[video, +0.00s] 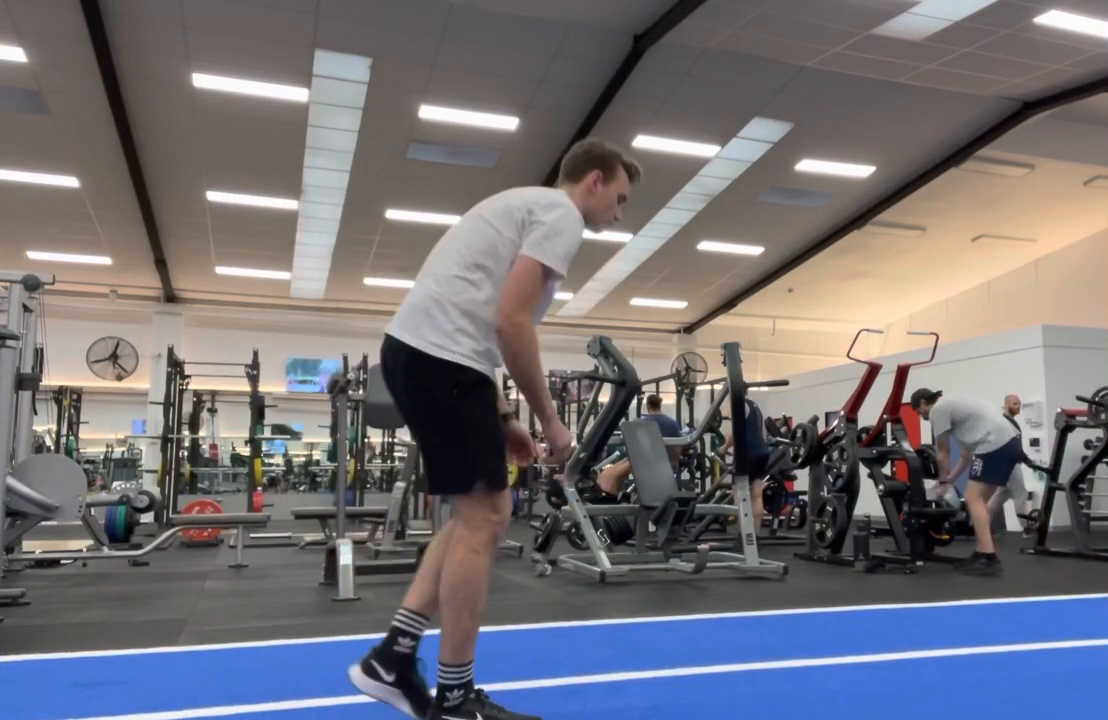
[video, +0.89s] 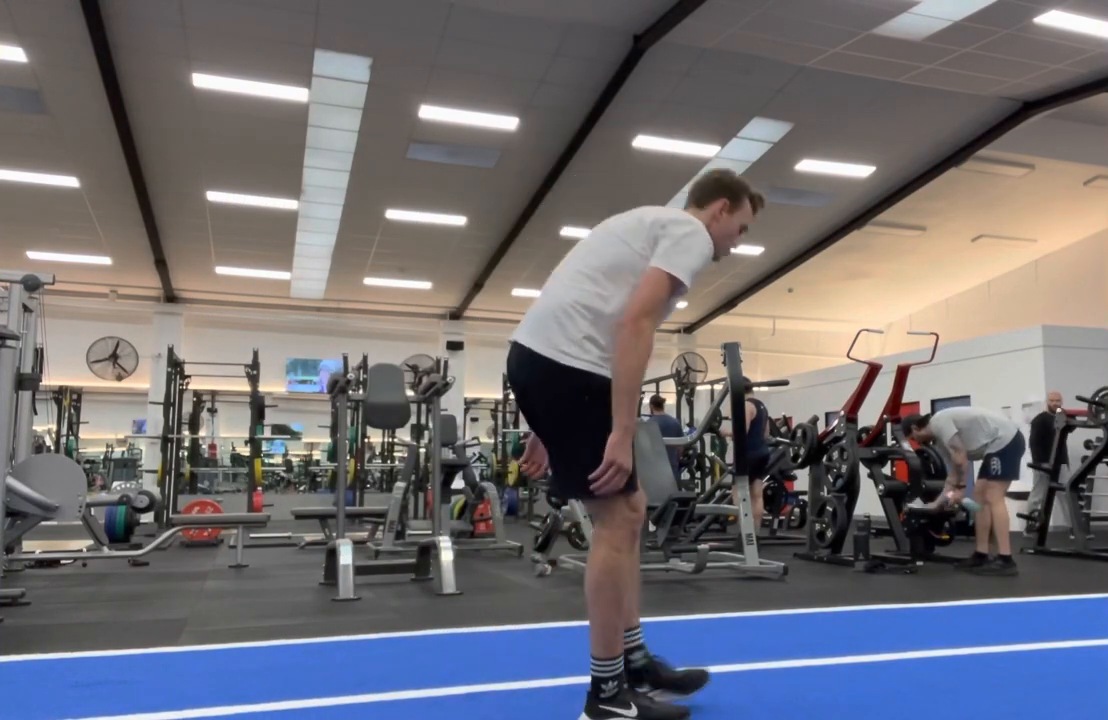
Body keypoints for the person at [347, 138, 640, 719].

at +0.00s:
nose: (616, 215)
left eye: (622, 205)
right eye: (618, 200)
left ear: (581, 179)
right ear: (594, 180)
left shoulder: (518, 205)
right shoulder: (558, 212)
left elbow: (461, 328)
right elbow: (513, 319)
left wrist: (499, 423)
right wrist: (548, 417)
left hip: (418, 350)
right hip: (444, 356)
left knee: (479, 512)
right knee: (483, 517)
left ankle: (395, 653)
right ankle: (454, 697)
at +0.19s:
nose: (617, 170)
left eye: (622, 158)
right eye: (617, 153)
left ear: (574, 140)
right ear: (589, 138)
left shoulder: (520, 183)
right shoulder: (568, 180)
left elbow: (484, 287)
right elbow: (533, 280)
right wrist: (559, 388)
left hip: (465, 358)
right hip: (491, 360)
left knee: (517, 517)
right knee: (498, 523)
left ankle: (491, 676)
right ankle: (455, 694)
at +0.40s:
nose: (629, 154)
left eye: (632, 144)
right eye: (626, 140)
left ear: (583, 131)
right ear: (597, 128)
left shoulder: (534, 176)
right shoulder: (573, 171)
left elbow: (509, 287)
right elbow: (544, 269)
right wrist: (581, 372)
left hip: (487, 361)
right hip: (526, 359)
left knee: (518, 518)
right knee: (593, 506)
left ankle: (492, 682)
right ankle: (506, 662)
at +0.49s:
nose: (645, 150)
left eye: (647, 139)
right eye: (642, 135)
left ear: (602, 126)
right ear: (612, 125)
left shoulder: (553, 171)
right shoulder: (588, 167)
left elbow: (535, 278)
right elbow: (555, 263)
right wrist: (591, 364)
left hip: (503, 355)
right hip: (540, 353)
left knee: (518, 516)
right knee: (595, 503)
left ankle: (489, 681)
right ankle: (573, 678)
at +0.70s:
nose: (690, 180)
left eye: (693, 169)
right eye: (690, 165)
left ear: (651, 151)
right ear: (664, 150)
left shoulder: (600, 187)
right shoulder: (636, 187)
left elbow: (571, 288)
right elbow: (594, 280)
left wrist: (606, 380)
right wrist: (616, 386)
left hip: (532, 361)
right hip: (562, 364)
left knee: (584, 516)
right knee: (602, 514)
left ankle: (510, 663)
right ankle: (607, 688)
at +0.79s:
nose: (714, 211)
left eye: (719, 201)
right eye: (717, 197)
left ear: (681, 176)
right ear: (693, 178)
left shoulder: (622, 203)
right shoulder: (665, 209)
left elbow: (566, 301)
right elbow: (618, 300)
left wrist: (545, 421)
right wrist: (622, 410)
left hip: (541, 360)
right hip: (565, 365)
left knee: (620, 502)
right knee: (610, 514)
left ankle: (563, 652)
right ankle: (608, 688)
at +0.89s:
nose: (736, 243)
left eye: (742, 235)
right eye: (739, 229)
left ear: (701, 203)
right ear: (720, 208)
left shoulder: (642, 223)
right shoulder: (690, 233)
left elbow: (573, 310)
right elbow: (638, 319)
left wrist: (542, 419)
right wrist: (623, 429)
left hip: (544, 364)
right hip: (568, 367)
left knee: (629, 509)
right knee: (618, 517)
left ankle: (633, 662)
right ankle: (607, 692)